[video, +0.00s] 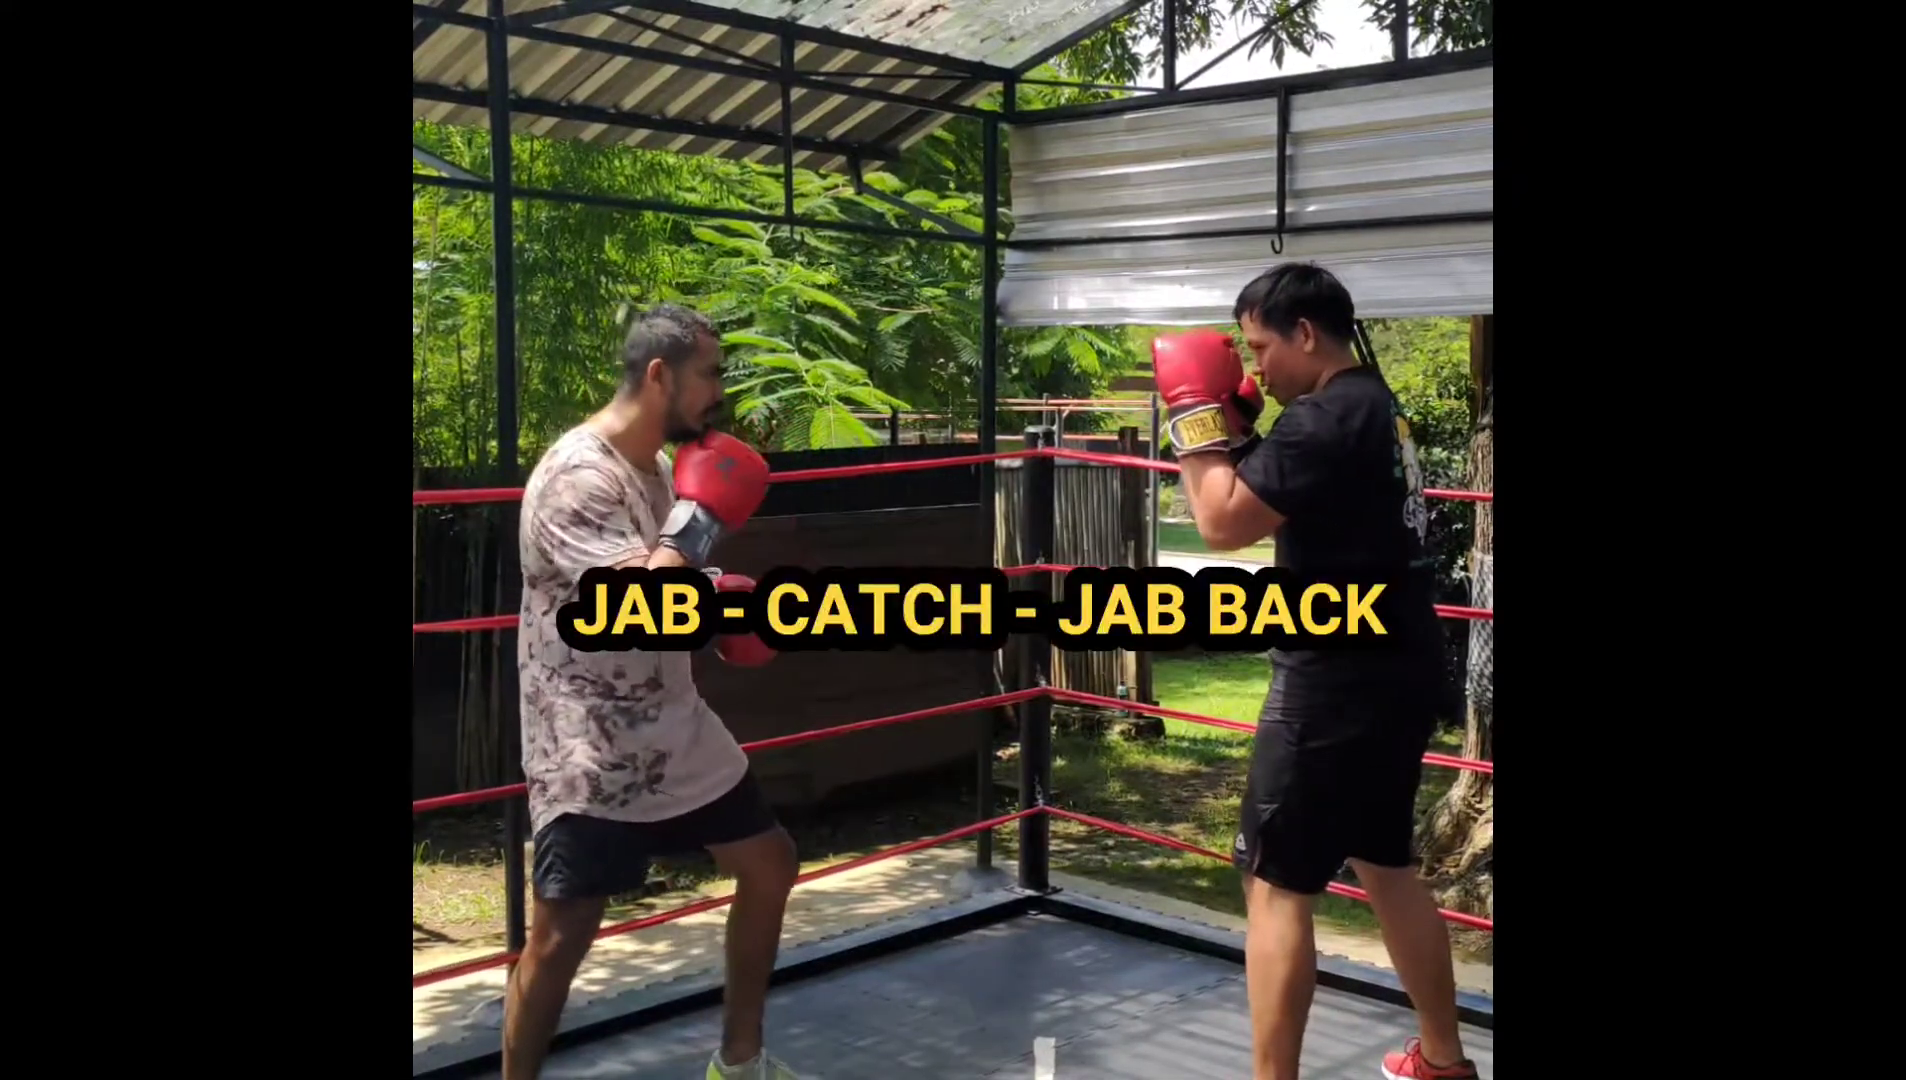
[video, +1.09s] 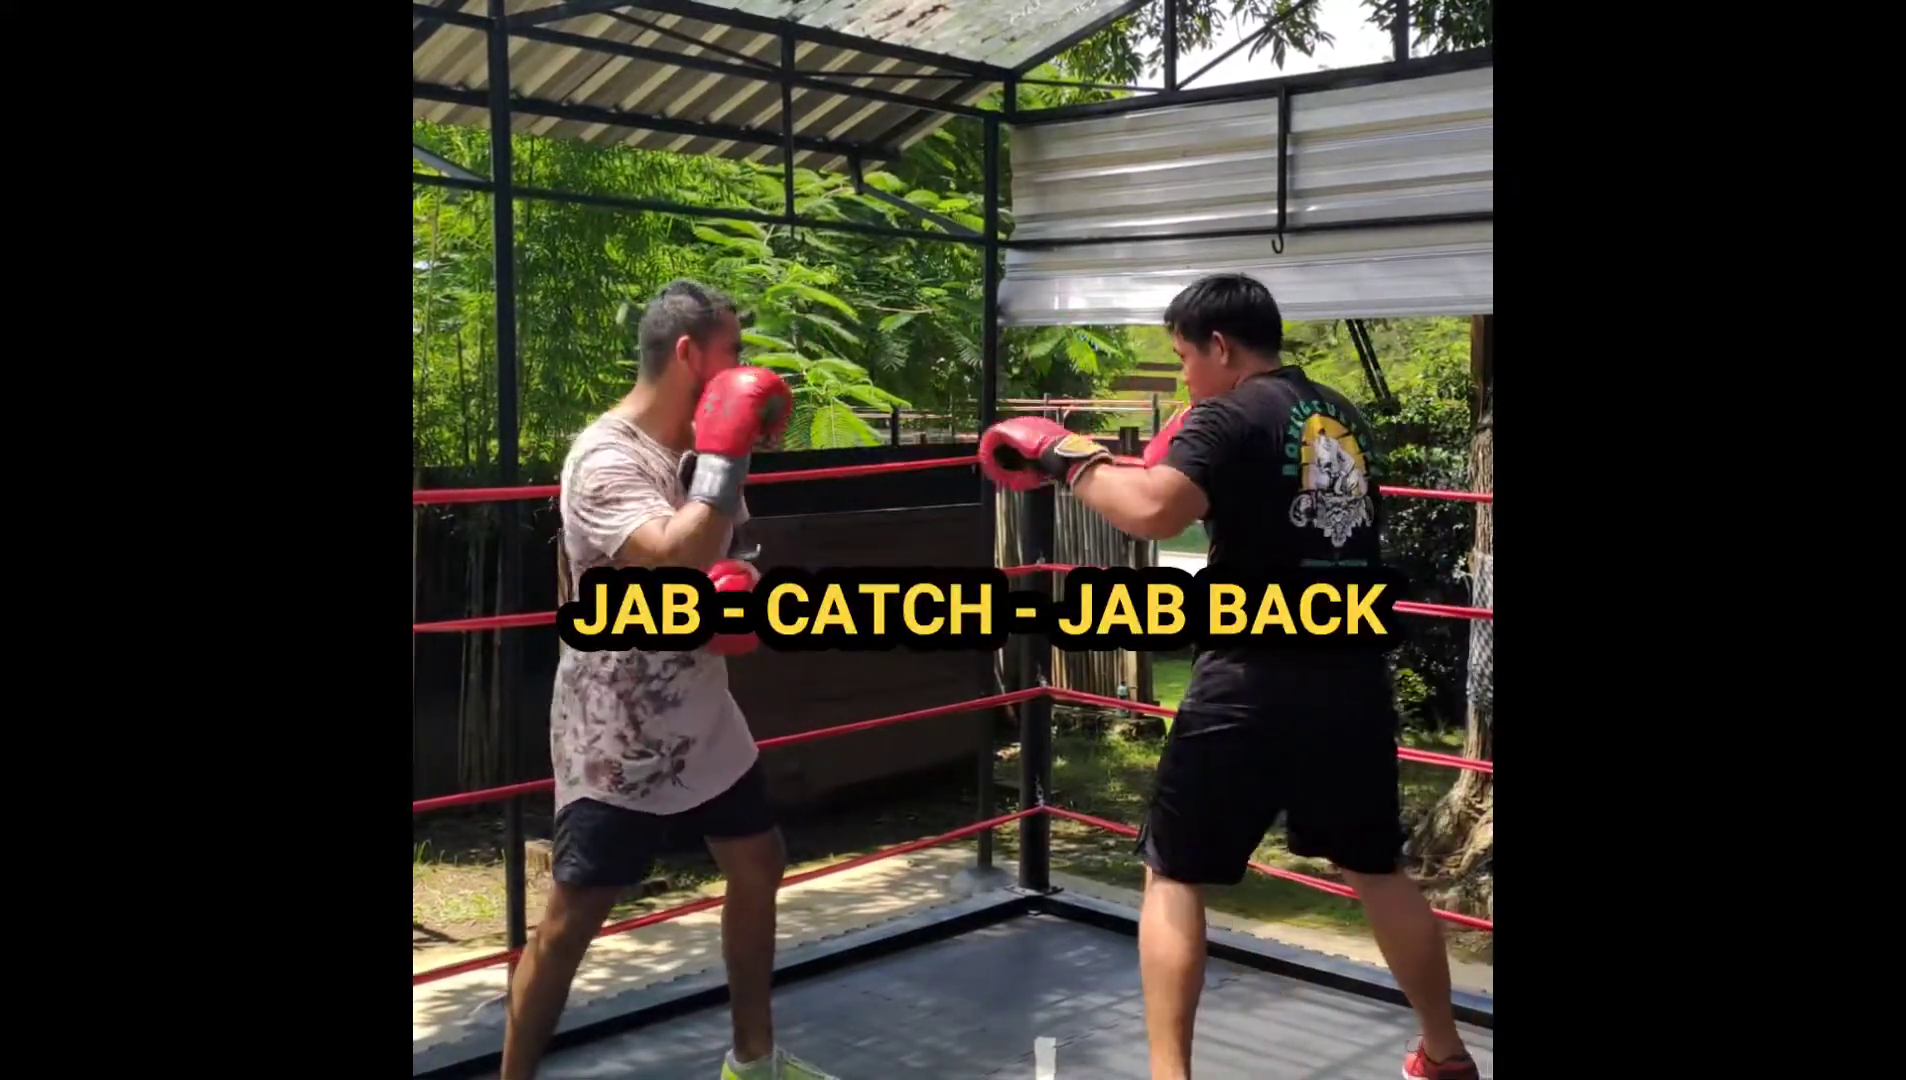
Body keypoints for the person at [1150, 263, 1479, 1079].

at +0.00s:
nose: (1255, 369)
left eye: (1257, 349)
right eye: (1248, 354)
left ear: (1306, 335)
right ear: (1320, 335)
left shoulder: (1329, 418)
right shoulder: (1367, 403)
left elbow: (1224, 522)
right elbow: (1272, 501)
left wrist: (1195, 422)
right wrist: (1237, 428)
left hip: (1328, 676)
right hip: (1394, 672)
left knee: (1276, 881)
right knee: (1388, 863)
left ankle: (1273, 1072)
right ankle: (1445, 1056)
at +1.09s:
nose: (1183, 377)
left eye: (1183, 358)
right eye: (1180, 359)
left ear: (1221, 349)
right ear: (1267, 344)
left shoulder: (1231, 417)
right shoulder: (1336, 413)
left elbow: (1152, 509)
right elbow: (1282, 505)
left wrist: (1069, 453)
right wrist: (1187, 457)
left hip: (1250, 682)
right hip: (1352, 682)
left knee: (1172, 871)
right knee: (1383, 868)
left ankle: (1170, 1070)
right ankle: (1445, 1049)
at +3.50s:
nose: (1183, 386)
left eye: (1182, 367)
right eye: (1175, 371)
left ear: (1224, 347)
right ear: (1265, 343)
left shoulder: (1242, 414)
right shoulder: (1328, 402)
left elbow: (1157, 537)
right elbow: (1274, 516)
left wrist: (1087, 461)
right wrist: (1184, 456)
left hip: (1269, 687)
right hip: (1360, 683)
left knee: (1213, 889)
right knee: (1370, 869)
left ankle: (1195, 1072)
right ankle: (1434, 1056)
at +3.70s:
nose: (1229, 375)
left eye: (1232, 357)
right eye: (1223, 361)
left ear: (1280, 343)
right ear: (1296, 344)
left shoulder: (1310, 427)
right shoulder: (1354, 410)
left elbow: (1248, 563)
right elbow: (1269, 543)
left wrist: (1202, 456)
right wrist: (1221, 449)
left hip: (1324, 685)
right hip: (1396, 683)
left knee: (1238, 879)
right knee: (1393, 874)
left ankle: (1223, 1070)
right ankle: (1437, 1065)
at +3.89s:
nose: (1241, 380)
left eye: (1243, 361)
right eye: (1234, 366)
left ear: (1292, 344)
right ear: (1308, 344)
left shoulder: (1329, 423)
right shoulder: (1366, 405)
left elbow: (1269, 561)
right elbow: (1292, 529)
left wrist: (1212, 457)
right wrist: (1237, 450)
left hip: (1337, 687)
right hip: (1404, 682)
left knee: (1275, 889)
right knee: (1392, 873)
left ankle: (1250, 1072)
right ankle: (1437, 1063)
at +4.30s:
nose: (1224, 395)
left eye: (1223, 379)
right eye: (1217, 382)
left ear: (1257, 359)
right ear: (1295, 351)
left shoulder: (1285, 431)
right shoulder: (1371, 407)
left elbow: (1189, 538)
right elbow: (1320, 513)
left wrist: (1161, 446)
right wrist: (1225, 448)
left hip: (1312, 685)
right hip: (1407, 684)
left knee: (1235, 877)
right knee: (1387, 868)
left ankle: (1230, 1070)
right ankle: (1434, 1064)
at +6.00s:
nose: (1231, 380)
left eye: (1231, 362)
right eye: (1223, 367)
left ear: (1276, 344)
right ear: (1293, 342)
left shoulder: (1322, 420)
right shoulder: (1353, 400)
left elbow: (1260, 556)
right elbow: (1274, 532)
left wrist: (1210, 452)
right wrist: (1227, 448)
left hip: (1326, 694)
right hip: (1385, 688)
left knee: (1282, 893)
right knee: (1389, 875)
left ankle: (1255, 1072)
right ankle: (1433, 1062)